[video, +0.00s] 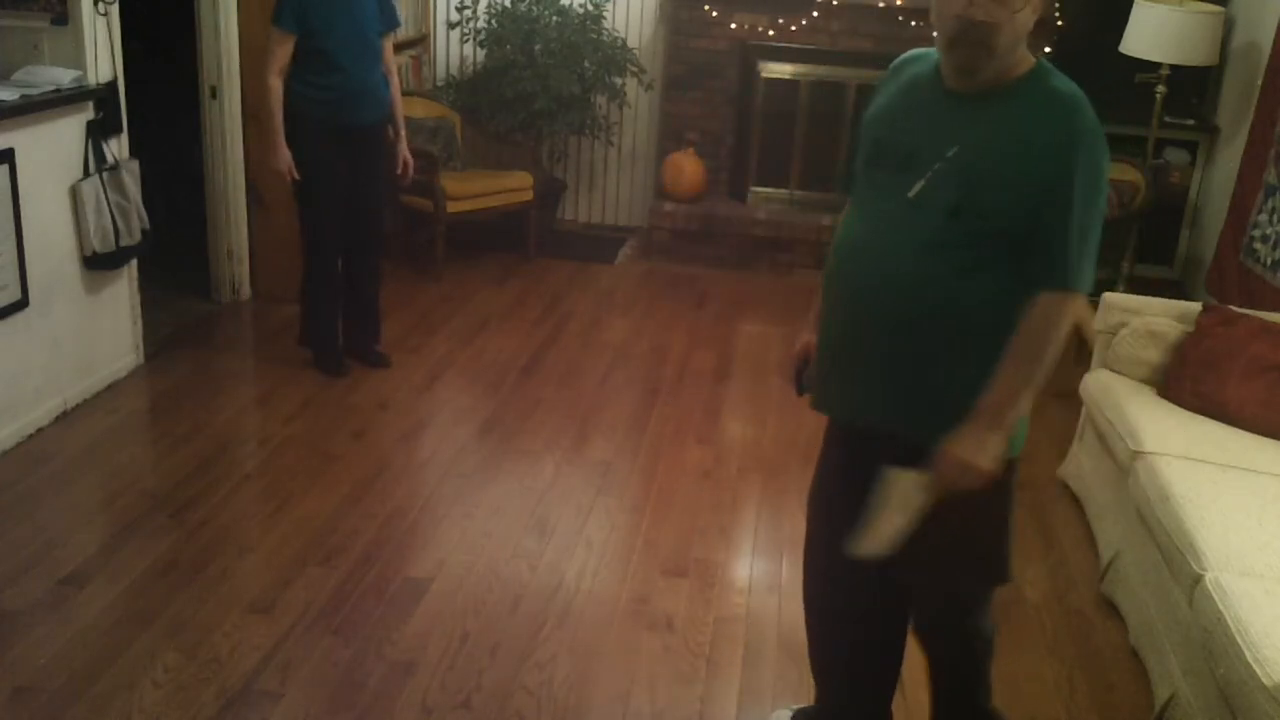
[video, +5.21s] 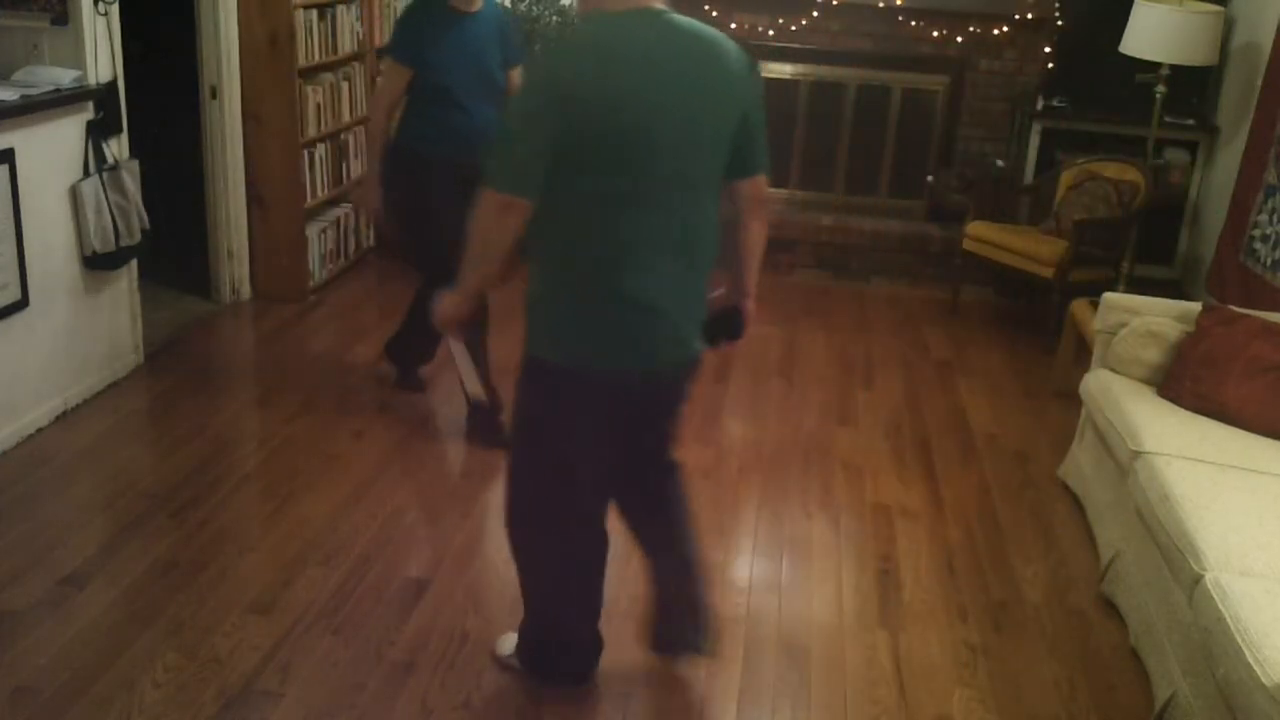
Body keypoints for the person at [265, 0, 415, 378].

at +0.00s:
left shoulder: (379, 6)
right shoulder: (296, 6)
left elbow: (389, 69)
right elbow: (274, 73)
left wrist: (400, 137)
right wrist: (279, 144)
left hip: (370, 133)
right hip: (317, 135)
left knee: (367, 240)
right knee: (322, 242)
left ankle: (363, 340)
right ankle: (323, 345)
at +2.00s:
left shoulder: (385, 6)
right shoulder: (302, 7)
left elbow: (394, 73)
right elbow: (282, 74)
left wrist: (401, 140)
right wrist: (284, 145)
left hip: (375, 132)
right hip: (320, 133)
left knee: (368, 239)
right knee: (325, 240)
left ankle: (364, 340)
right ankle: (324, 345)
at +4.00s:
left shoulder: (374, 7)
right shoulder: (291, 8)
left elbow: (390, 79)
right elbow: (264, 85)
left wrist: (408, 146)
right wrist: (278, 155)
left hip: (365, 143)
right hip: (308, 145)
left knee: (363, 250)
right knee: (311, 252)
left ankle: (355, 349)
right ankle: (286, 350)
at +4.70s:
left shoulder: (422, 7)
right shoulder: (347, 9)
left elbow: (429, 78)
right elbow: (324, 85)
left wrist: (435, 146)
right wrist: (337, 164)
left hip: (411, 144)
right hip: (365, 144)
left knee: (407, 254)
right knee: (369, 253)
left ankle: (398, 361)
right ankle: (325, 337)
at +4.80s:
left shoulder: (436, 8)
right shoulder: (357, 9)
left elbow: (449, 81)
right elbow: (332, 86)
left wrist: (468, 152)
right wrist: (336, 166)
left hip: (420, 145)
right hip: (371, 145)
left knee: (416, 250)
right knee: (397, 251)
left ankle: (399, 359)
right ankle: (372, 356)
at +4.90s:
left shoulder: (451, 10)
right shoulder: (373, 10)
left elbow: (469, 87)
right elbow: (339, 90)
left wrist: (493, 158)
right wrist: (335, 166)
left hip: (431, 148)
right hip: (379, 149)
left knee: (419, 260)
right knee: (413, 262)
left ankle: (395, 360)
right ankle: (421, 385)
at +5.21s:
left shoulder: (501, 19)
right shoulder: (421, 18)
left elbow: (517, 92)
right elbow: (383, 101)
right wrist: (372, 175)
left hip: (478, 163)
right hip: (422, 163)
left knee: (452, 267)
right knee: (456, 275)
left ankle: (406, 349)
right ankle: (482, 404)